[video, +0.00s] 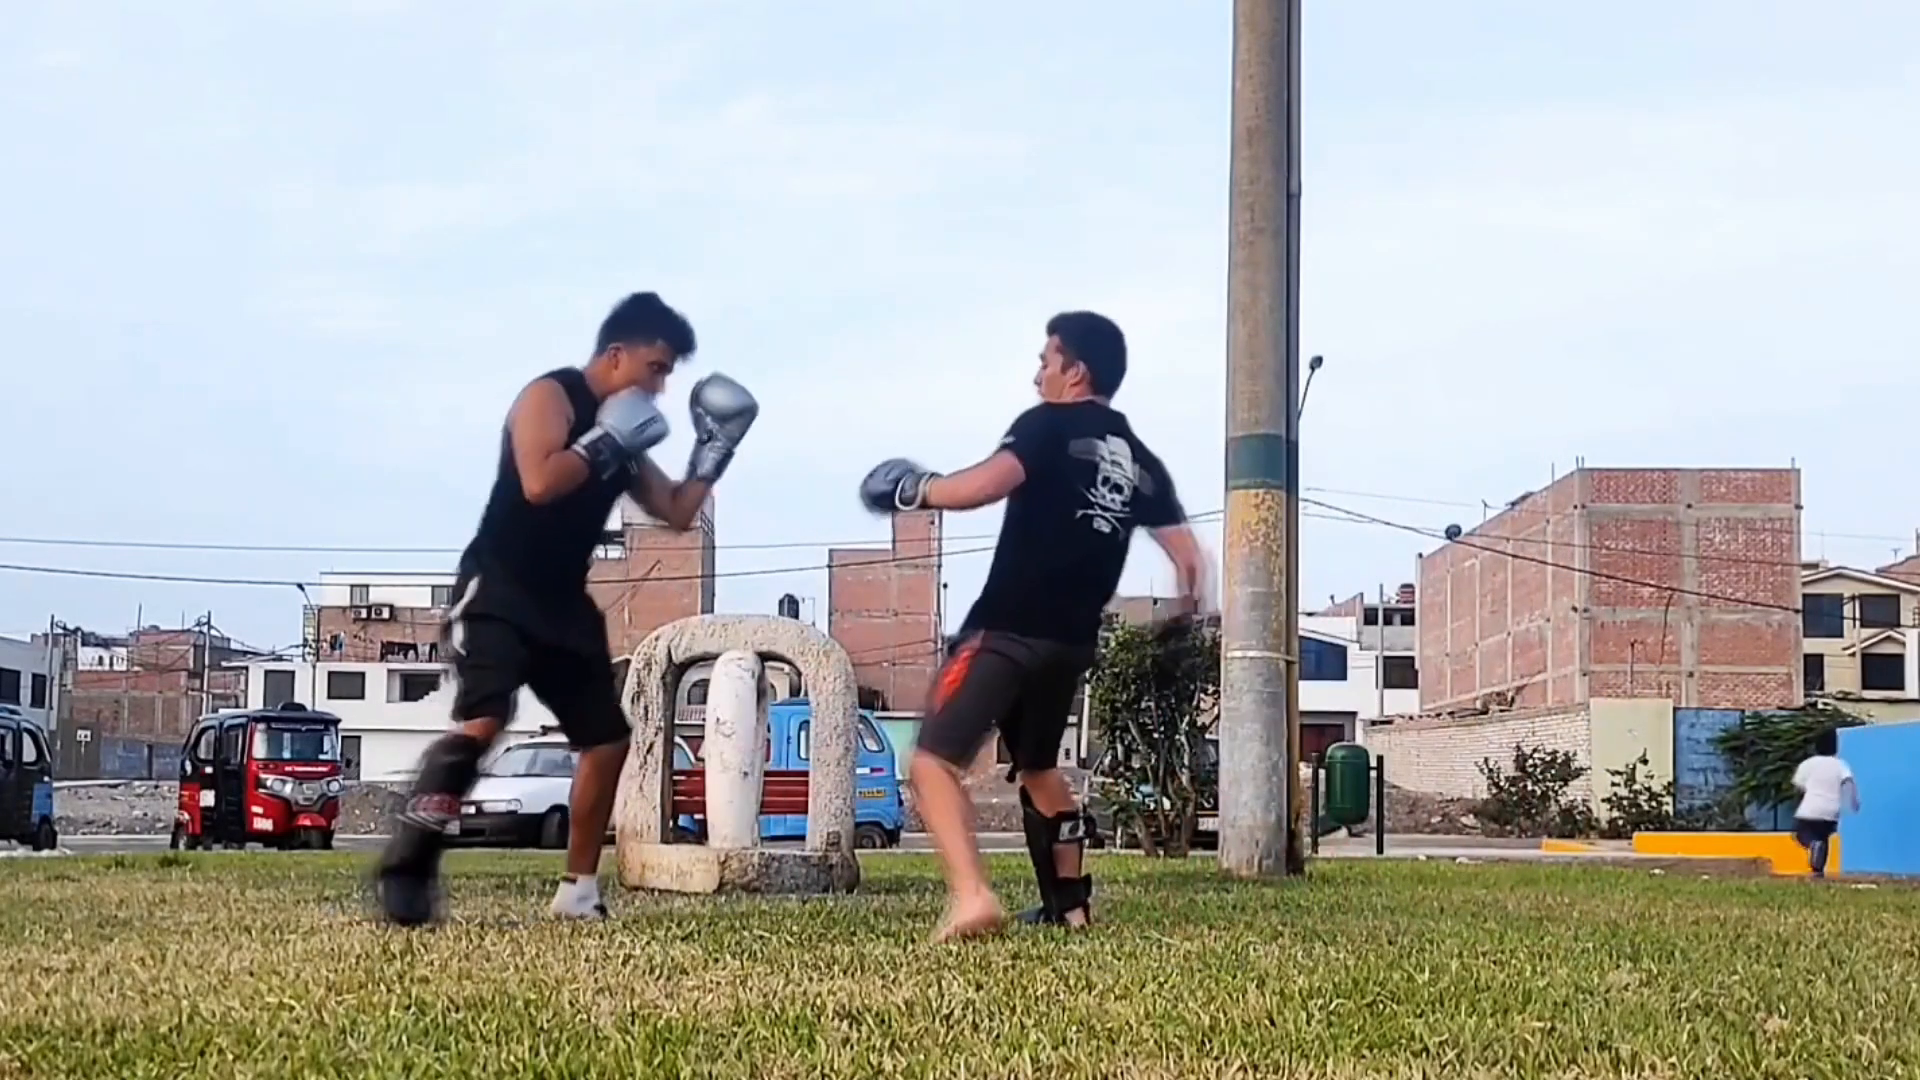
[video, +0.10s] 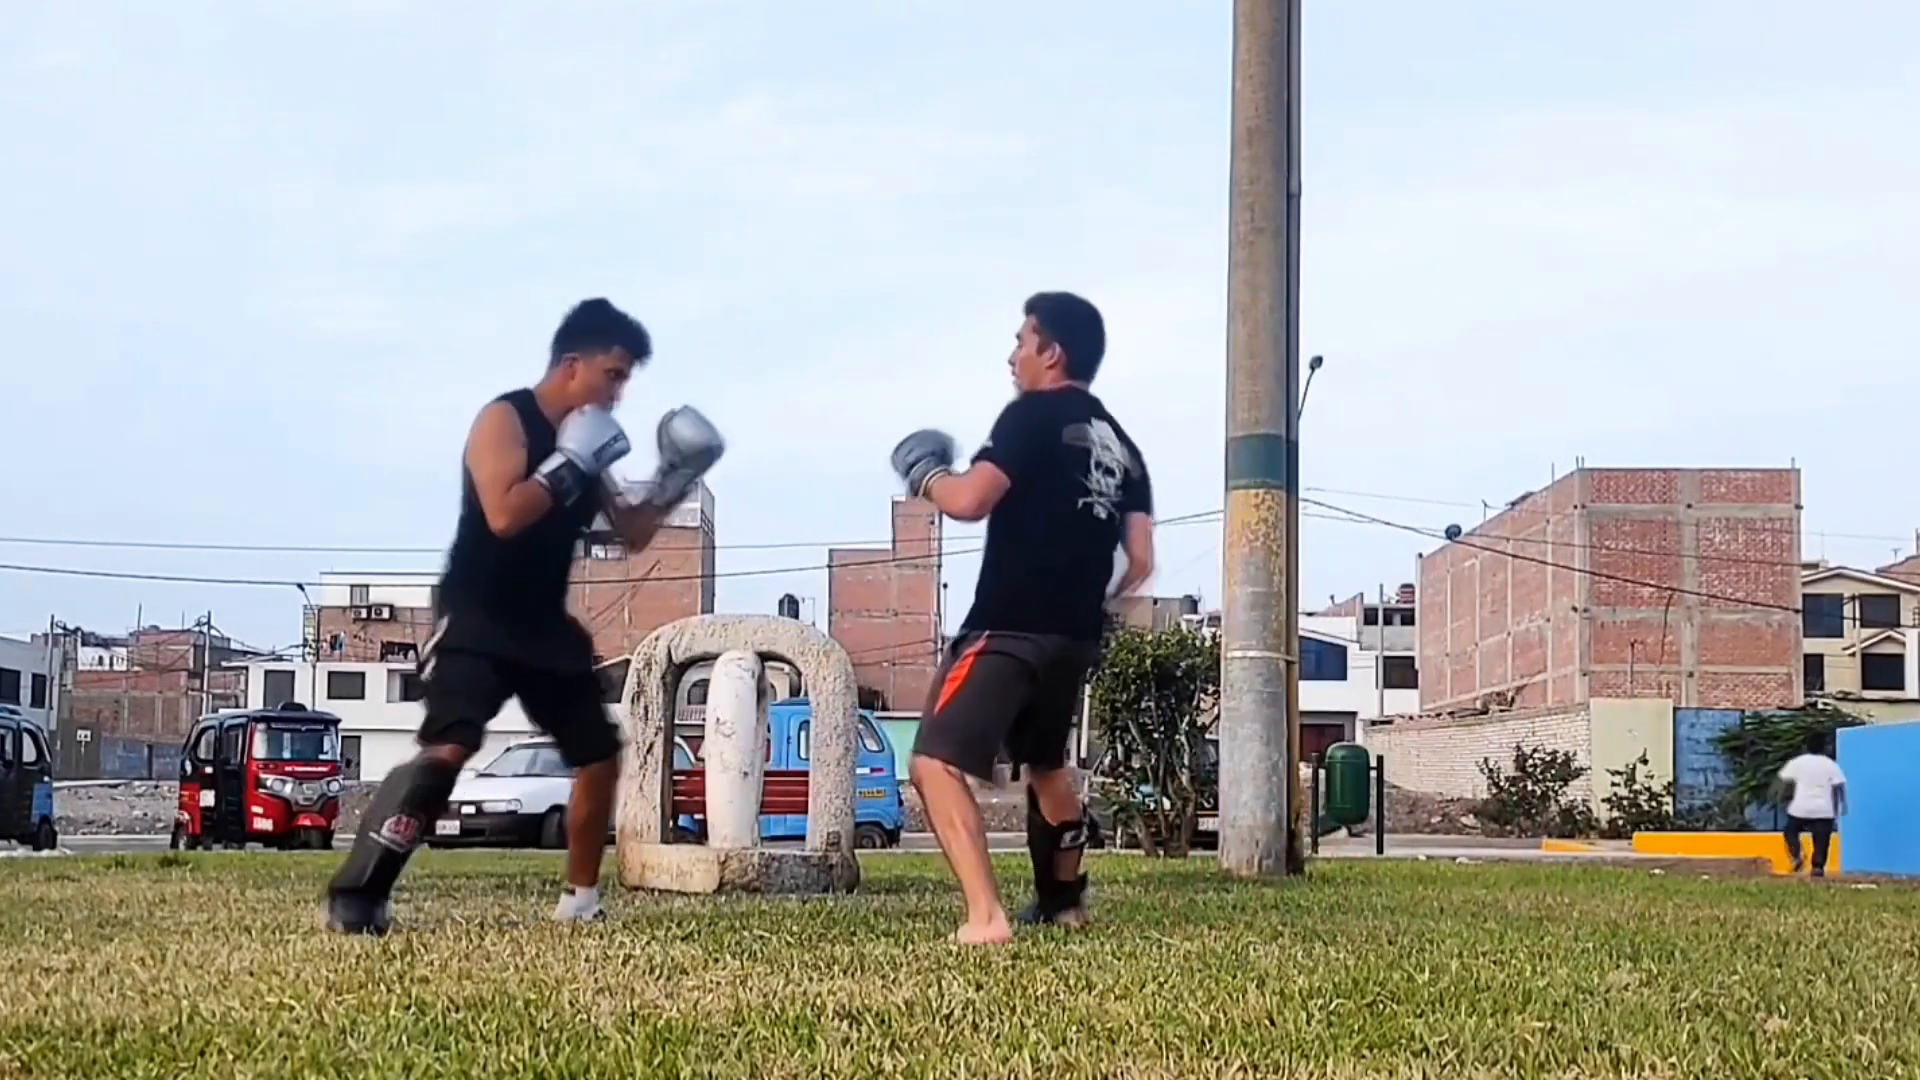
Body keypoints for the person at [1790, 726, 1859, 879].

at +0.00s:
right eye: (1832, 744)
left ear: (1817, 747)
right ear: (1834, 747)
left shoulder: (1809, 763)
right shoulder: (1840, 764)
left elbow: (1797, 783)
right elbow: (1849, 782)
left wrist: (1809, 790)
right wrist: (1854, 801)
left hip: (1810, 804)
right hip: (1831, 806)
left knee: (1801, 830)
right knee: (1823, 838)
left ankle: (1812, 844)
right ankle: (1818, 870)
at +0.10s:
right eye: (1825, 745)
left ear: (1807, 746)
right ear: (1823, 747)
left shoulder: (1796, 762)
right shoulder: (1830, 764)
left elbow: (1783, 779)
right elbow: (1838, 785)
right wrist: (1842, 806)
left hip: (1800, 808)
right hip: (1823, 809)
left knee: (1790, 831)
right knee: (1821, 841)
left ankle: (1796, 856)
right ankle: (1818, 866)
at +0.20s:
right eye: (1815, 747)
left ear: (1798, 748)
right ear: (1815, 749)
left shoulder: (1790, 762)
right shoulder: (1819, 765)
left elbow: (1770, 772)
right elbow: (1830, 785)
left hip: (1792, 809)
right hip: (1813, 809)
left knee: (1788, 843)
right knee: (1818, 840)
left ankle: (1783, 870)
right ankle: (1816, 855)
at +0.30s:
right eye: (1805, 750)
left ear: (1790, 752)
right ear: (1807, 753)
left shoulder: (1782, 768)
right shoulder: (1812, 770)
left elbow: (1762, 779)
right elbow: (1821, 791)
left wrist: (1751, 783)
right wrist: (1834, 800)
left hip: (1784, 815)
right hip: (1805, 815)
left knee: (1781, 845)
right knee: (1808, 839)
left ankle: (1782, 870)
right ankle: (1806, 859)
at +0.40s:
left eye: (1791, 751)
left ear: (1788, 752)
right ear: (1805, 753)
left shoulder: (1780, 767)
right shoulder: (1811, 770)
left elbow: (1765, 787)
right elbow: (1818, 792)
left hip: (1779, 811)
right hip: (1800, 813)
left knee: (1773, 835)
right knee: (1797, 842)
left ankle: (1778, 857)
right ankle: (1796, 868)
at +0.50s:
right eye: (1801, 756)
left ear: (1786, 757)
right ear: (1802, 759)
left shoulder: (1778, 773)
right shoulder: (1807, 776)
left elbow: (1764, 791)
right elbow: (1823, 792)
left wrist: (1758, 806)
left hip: (1775, 817)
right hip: (1795, 818)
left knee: (1771, 835)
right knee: (1792, 845)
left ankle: (1770, 856)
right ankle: (1791, 869)